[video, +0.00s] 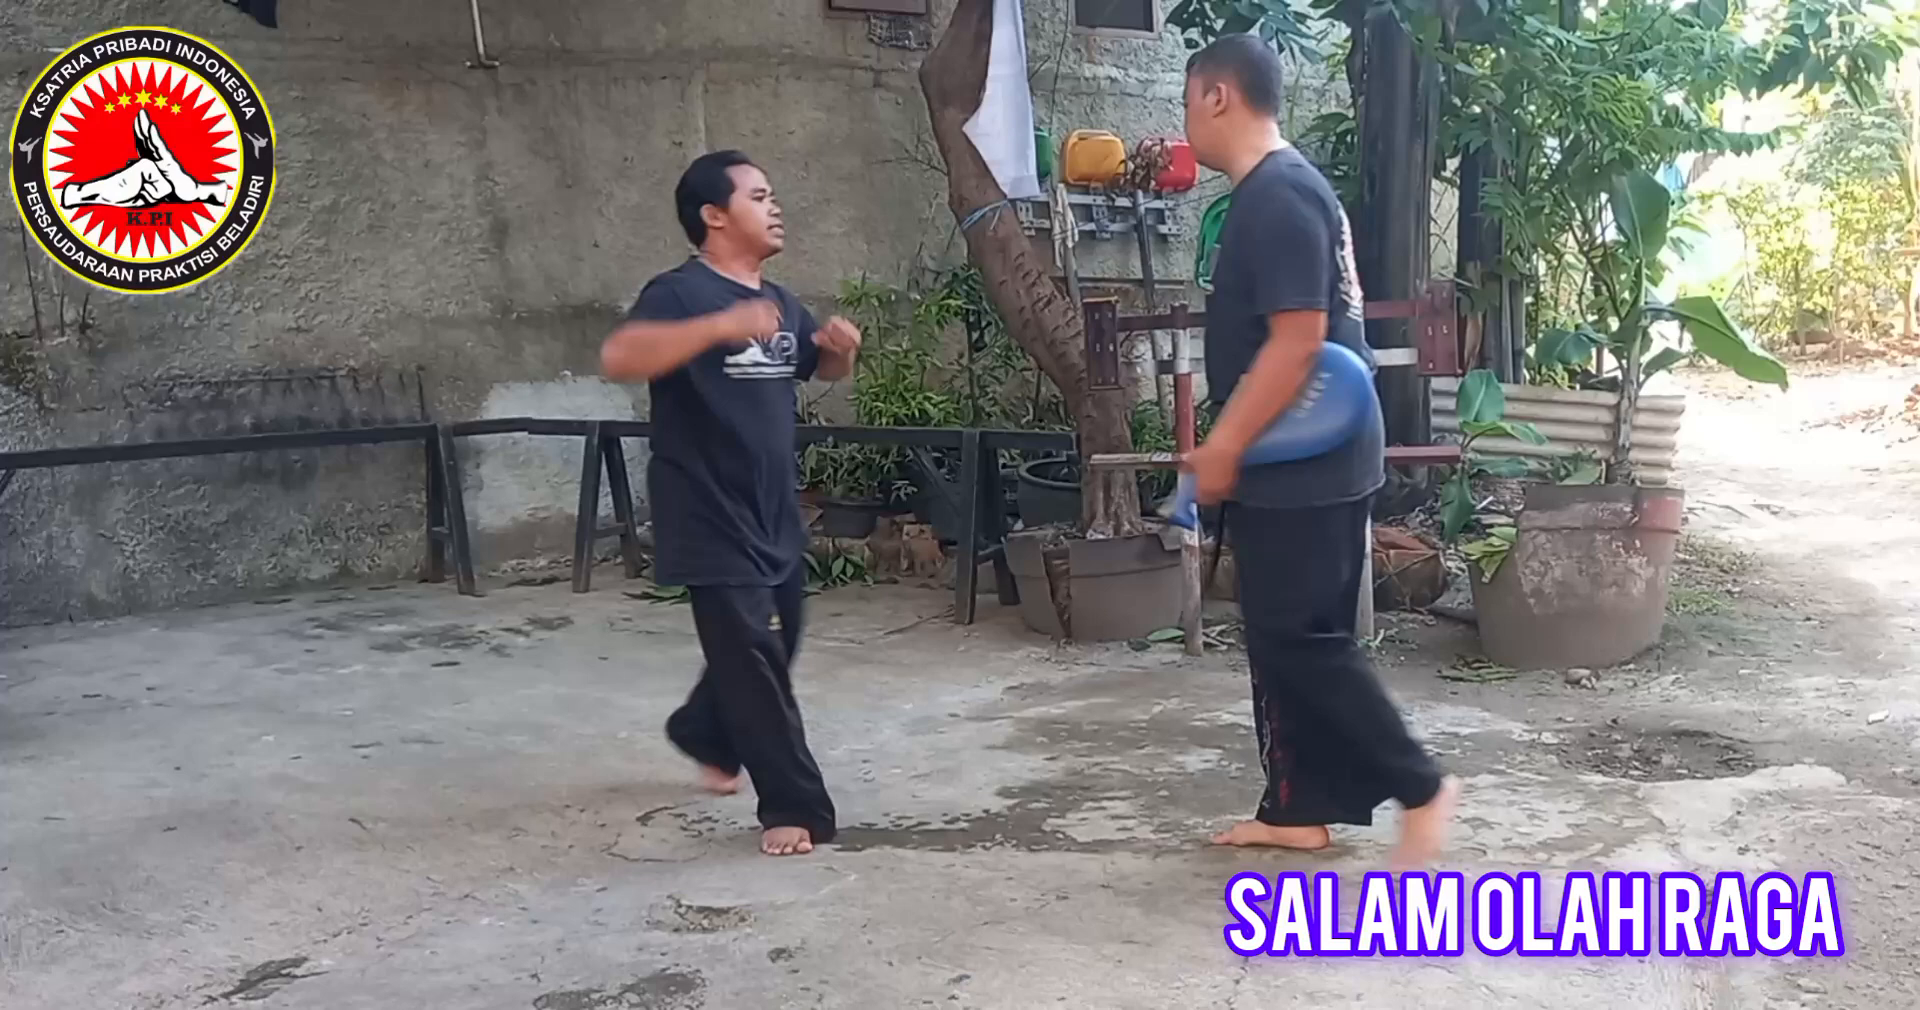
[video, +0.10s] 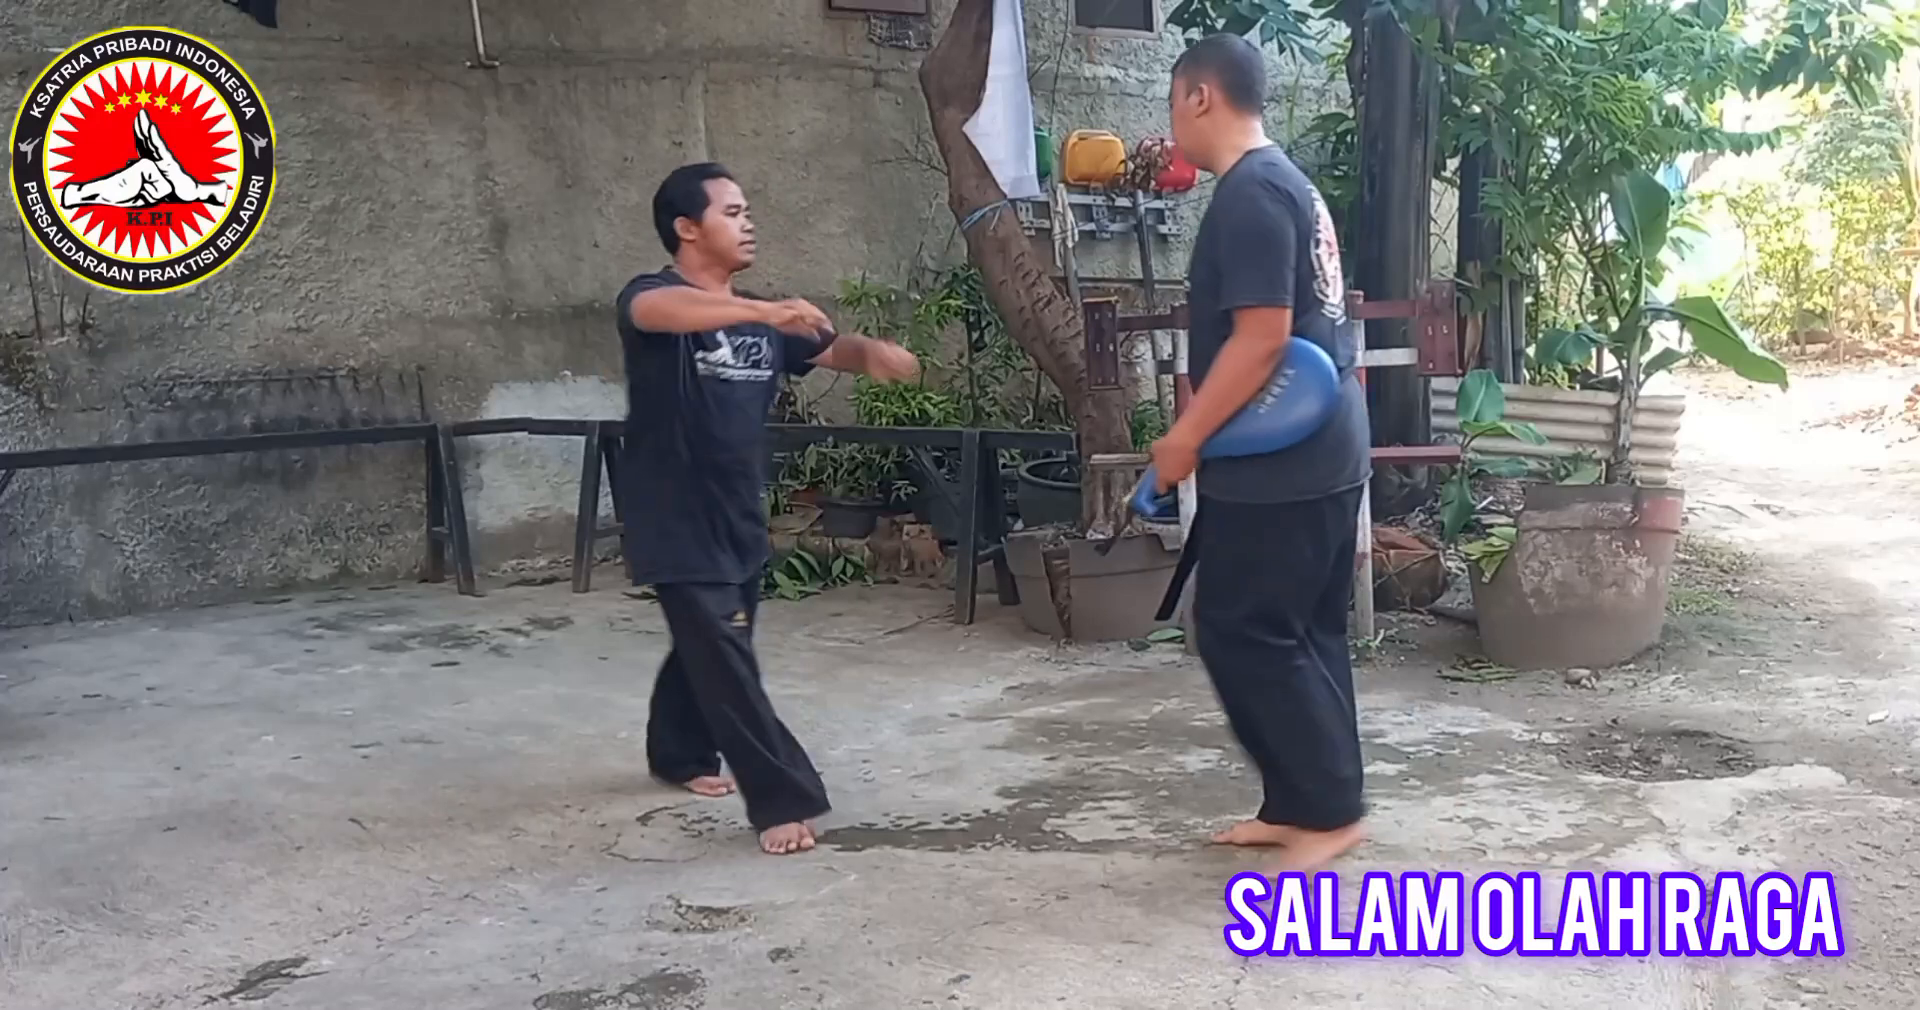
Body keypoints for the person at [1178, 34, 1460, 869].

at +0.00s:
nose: (1184, 124)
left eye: (1187, 105)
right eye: (1184, 106)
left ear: (1218, 97)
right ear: (1251, 97)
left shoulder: (1276, 194)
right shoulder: (1288, 185)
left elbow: (1297, 338)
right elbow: (1317, 328)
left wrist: (1222, 445)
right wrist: (1235, 437)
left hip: (1302, 468)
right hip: (1289, 466)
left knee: (1295, 639)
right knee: (1287, 638)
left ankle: (1422, 788)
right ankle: (1298, 814)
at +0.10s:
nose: (1170, 124)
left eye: (1173, 105)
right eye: (1171, 106)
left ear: (1202, 97)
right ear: (1242, 99)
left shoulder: (1250, 194)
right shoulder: (1281, 183)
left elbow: (1261, 339)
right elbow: (1280, 333)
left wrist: (1185, 437)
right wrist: (1196, 416)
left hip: (1275, 467)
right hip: (1311, 462)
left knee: (1241, 628)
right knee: (1305, 631)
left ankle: (1329, 814)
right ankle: (1305, 806)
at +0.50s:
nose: (1057, 146)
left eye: (1059, 128)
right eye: (1059, 129)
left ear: (1088, 125)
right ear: (1133, 125)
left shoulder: (1129, 223)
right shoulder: (1185, 204)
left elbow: (1141, 367)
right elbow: (1201, 348)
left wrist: (1073, 472)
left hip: (1147, 481)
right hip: (1217, 470)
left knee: (1112, 648)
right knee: (1228, 636)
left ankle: (1102, 813)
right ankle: (1280, 795)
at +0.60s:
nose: (1013, 155)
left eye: (1015, 138)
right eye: (1013, 139)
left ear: (1044, 135)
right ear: (1086, 130)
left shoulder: (1088, 227)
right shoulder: (1144, 203)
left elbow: (1091, 372)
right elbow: (1162, 341)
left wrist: (1017, 468)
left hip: (1127, 465)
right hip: (1187, 456)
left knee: (1100, 636)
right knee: (1163, 615)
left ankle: (1105, 812)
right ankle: (1207, 749)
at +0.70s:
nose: (983, 161)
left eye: (985, 145)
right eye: (982, 145)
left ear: (1016, 141)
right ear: (1050, 137)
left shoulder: (1069, 225)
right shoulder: (1115, 203)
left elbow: (1061, 371)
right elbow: (1124, 345)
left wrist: (980, 461)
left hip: (1124, 463)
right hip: (1164, 451)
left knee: (1089, 632)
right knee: (1120, 617)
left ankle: (1100, 816)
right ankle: (1140, 758)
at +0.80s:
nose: (950, 186)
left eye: (949, 168)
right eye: (946, 170)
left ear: (984, 159)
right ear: (1006, 156)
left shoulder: (1053, 229)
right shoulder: (1051, 223)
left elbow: (1050, 374)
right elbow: (1043, 372)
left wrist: (961, 454)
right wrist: (964, 447)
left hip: (1134, 460)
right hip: (1101, 458)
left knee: (1117, 639)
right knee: (1078, 624)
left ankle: (1107, 817)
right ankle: (1066, 776)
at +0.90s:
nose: (924, 217)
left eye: (923, 198)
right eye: (919, 200)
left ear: (958, 182)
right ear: (963, 182)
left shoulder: (1051, 238)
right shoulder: (1003, 260)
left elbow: (1078, 370)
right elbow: (1042, 375)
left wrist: (997, 456)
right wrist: (996, 452)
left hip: (1143, 450)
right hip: (1088, 454)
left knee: (1119, 626)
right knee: (1064, 619)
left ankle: (1115, 812)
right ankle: (1056, 778)